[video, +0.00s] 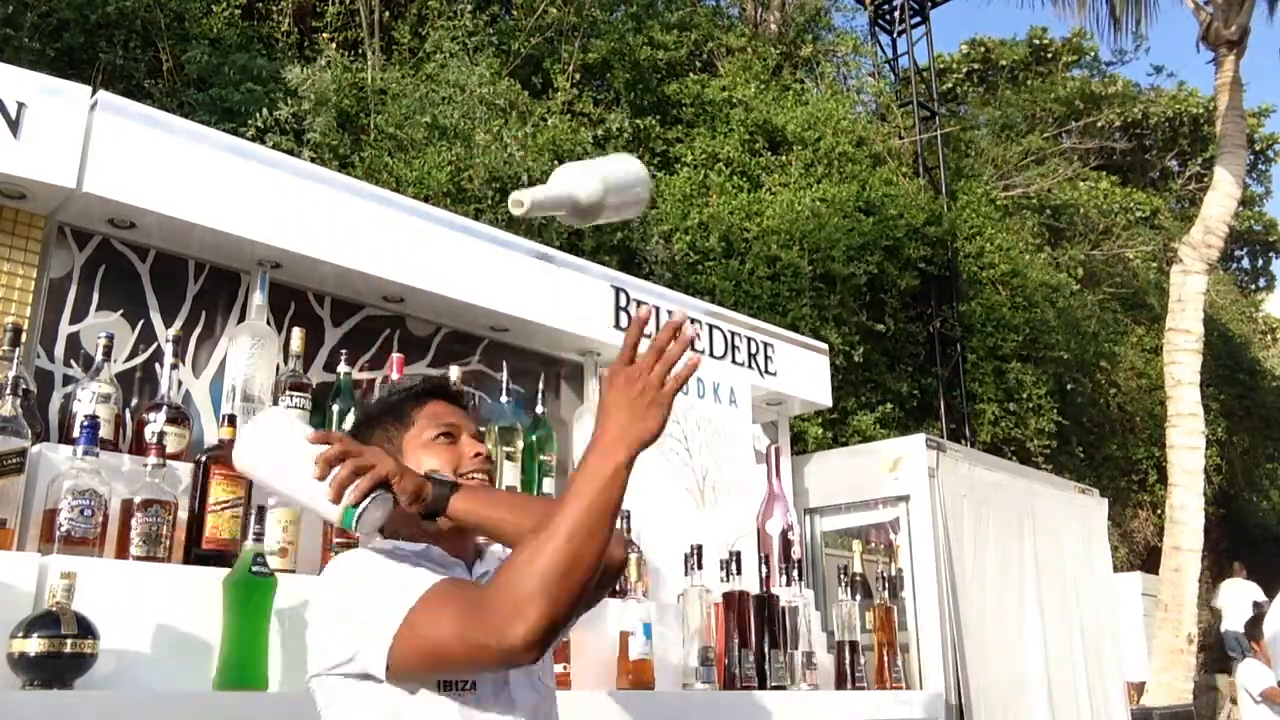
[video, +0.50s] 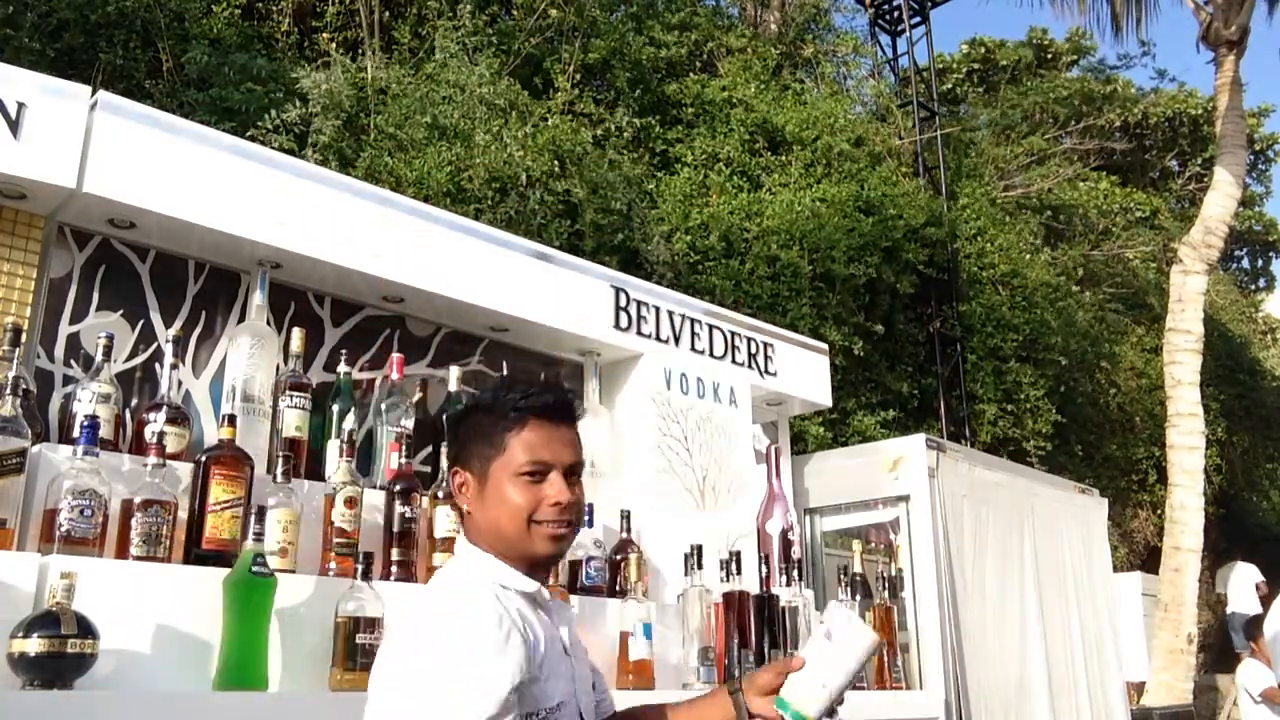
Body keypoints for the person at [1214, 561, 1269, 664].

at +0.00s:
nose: (1245, 573)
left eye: (1244, 570)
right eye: (1245, 571)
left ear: (1232, 572)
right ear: (1243, 571)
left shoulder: (1224, 585)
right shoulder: (1252, 586)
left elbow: (1215, 605)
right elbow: (1265, 604)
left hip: (1226, 627)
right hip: (1245, 627)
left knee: (1236, 657)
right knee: (1251, 656)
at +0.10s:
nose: (1244, 568)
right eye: (1244, 566)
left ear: (1233, 568)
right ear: (1244, 567)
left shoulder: (1224, 582)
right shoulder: (1253, 581)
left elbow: (1217, 602)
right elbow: (1265, 601)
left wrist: (1221, 615)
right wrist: (1269, 614)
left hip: (1229, 623)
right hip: (1248, 624)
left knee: (1238, 651)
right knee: (1251, 651)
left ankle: (1238, 677)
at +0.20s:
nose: (1243, 565)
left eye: (1241, 563)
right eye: (1242, 563)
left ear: (1230, 564)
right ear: (1243, 564)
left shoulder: (1223, 578)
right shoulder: (1252, 578)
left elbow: (1217, 598)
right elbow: (1265, 600)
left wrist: (1224, 609)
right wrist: (1254, 604)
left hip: (1231, 618)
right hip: (1250, 618)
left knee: (1239, 647)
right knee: (1252, 646)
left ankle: (1243, 673)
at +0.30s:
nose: (1241, 562)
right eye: (1241, 560)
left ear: (1228, 562)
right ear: (1241, 561)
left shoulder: (1222, 576)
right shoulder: (1252, 575)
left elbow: (1219, 599)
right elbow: (1265, 598)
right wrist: (1253, 601)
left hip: (1232, 616)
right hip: (1252, 616)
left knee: (1241, 648)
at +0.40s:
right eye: (1240, 557)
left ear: (1226, 560)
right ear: (1241, 559)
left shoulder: (1221, 574)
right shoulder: (1251, 571)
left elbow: (1220, 598)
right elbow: (1264, 593)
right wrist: (1252, 599)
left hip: (1233, 614)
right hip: (1253, 613)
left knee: (1243, 652)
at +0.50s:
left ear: (1225, 557)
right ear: (1239, 556)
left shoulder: (1222, 571)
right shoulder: (1251, 567)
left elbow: (1221, 596)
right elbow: (1264, 589)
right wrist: (1252, 594)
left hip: (1234, 612)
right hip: (1255, 611)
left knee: (1243, 651)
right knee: (1261, 646)